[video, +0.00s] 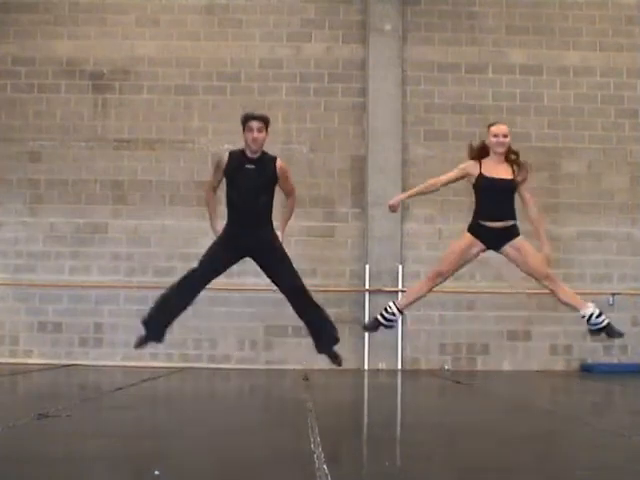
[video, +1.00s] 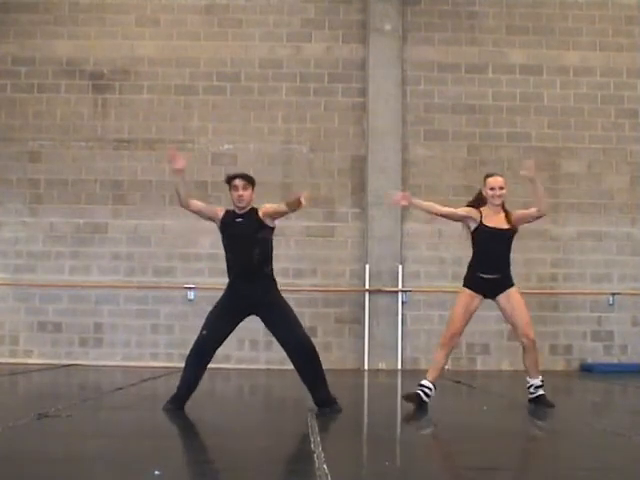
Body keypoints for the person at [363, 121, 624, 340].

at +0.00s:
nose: (502, 140)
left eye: (505, 136)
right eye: (496, 136)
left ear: (510, 141)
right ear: (487, 140)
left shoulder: (516, 171)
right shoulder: (474, 166)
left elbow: (531, 206)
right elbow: (438, 183)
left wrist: (543, 242)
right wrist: (404, 196)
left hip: (509, 237)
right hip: (477, 235)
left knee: (548, 277)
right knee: (437, 275)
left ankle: (593, 316)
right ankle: (392, 314)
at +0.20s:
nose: (503, 178)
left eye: (507, 174)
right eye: (498, 174)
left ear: (512, 179)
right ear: (490, 178)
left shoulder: (518, 210)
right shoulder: (476, 207)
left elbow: (522, 251)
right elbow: (464, 244)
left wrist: (524, 288)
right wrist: (453, 279)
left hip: (509, 274)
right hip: (479, 274)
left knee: (511, 333)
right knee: (474, 333)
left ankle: (500, 386)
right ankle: (481, 384)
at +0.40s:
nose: (497, 180)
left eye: (502, 176)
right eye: (493, 176)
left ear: (507, 180)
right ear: (485, 180)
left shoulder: (517, 210)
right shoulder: (474, 206)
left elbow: (528, 248)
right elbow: (462, 242)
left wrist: (534, 281)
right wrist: (452, 271)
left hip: (508, 272)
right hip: (479, 273)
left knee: (516, 332)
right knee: (474, 333)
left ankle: (505, 384)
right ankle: (472, 384)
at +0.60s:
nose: (493, 185)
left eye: (497, 181)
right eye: (488, 181)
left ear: (503, 185)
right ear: (481, 185)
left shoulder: (514, 208)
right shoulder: (470, 210)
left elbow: (546, 222)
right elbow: (435, 203)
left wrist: (569, 252)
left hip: (506, 277)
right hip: (477, 277)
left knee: (519, 337)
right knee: (464, 336)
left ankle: (542, 384)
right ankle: (432, 384)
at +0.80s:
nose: (490, 202)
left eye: (494, 198)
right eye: (485, 198)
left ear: (500, 201)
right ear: (477, 201)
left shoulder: (512, 227)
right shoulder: (470, 231)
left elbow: (541, 249)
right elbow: (433, 243)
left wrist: (541, 279)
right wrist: (438, 213)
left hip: (505, 292)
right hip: (475, 292)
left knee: (513, 350)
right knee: (465, 347)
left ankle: (537, 391)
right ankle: (432, 390)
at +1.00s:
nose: (496, 193)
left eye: (500, 189)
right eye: (491, 189)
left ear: (506, 192)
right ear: (484, 192)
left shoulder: (512, 218)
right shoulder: (474, 215)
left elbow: (541, 211)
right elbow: (440, 211)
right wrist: (412, 202)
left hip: (503, 284)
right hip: (474, 283)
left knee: (528, 337)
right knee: (450, 336)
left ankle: (536, 391)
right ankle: (425, 390)